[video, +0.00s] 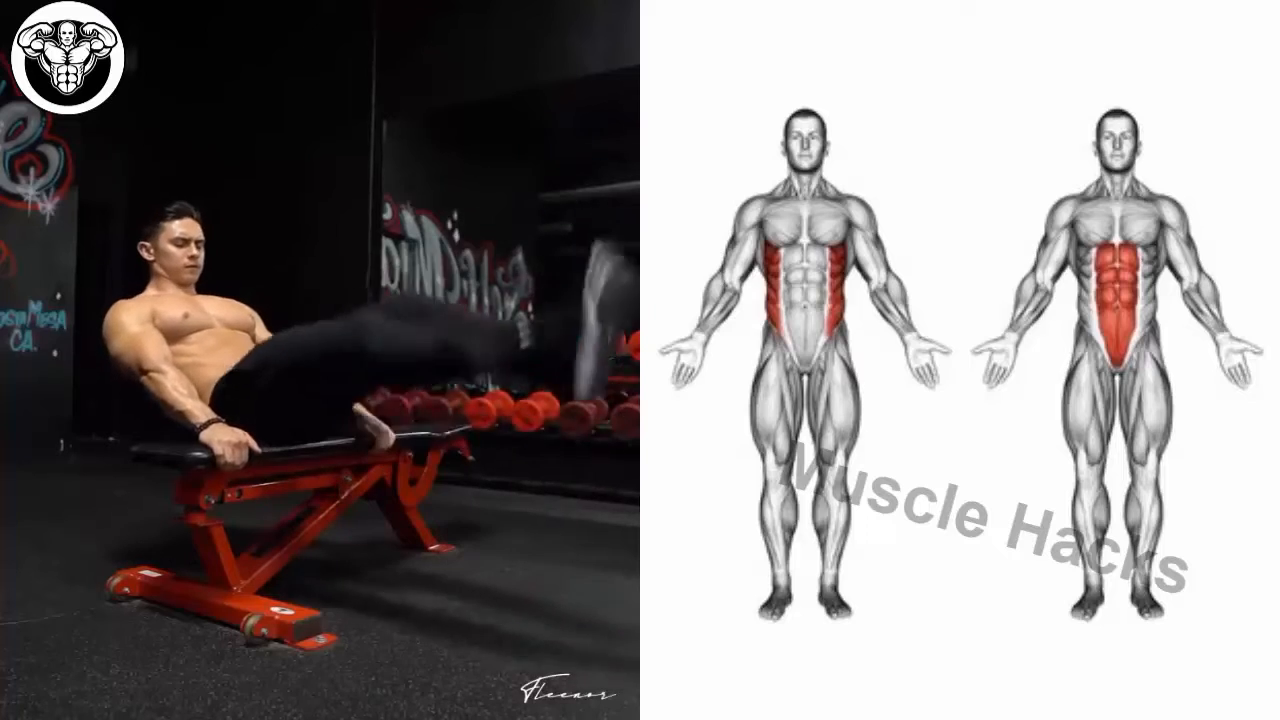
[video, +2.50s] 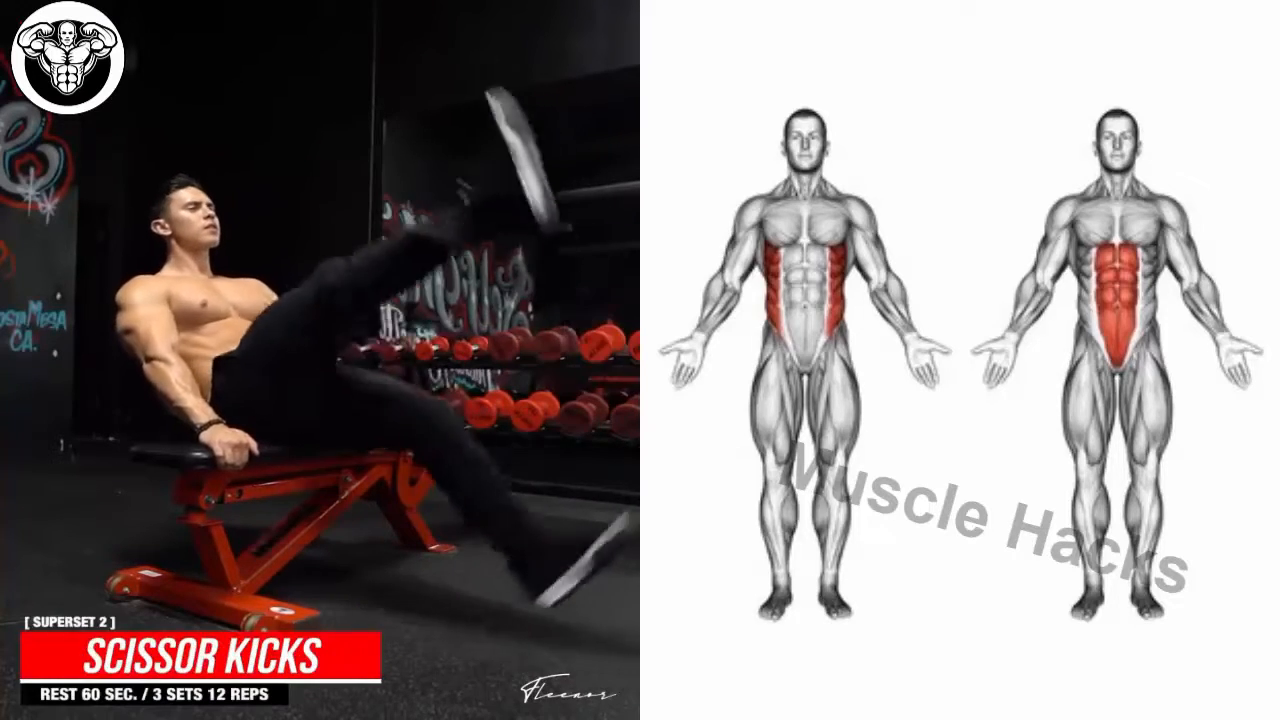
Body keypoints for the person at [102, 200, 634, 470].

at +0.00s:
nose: (193, 253)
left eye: (198, 244)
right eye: (180, 243)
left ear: (202, 251)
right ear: (149, 251)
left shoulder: (238, 308)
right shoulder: (129, 313)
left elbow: (286, 370)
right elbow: (156, 373)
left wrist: (357, 416)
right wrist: (208, 425)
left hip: (291, 400)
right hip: (237, 413)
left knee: (388, 312)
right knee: (349, 342)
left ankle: (546, 357)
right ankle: (510, 350)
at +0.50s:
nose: (201, 253)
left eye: (206, 243)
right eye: (188, 243)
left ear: (209, 247)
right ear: (156, 248)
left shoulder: (237, 306)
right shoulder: (131, 310)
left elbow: (300, 363)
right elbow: (159, 371)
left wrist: (357, 419)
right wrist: (208, 424)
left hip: (296, 401)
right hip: (240, 393)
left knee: (419, 353)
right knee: (325, 274)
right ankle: (503, 222)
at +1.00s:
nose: (214, 244)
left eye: (219, 235)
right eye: (202, 233)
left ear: (222, 242)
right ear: (168, 236)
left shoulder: (245, 299)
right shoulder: (140, 301)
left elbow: (303, 357)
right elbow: (164, 364)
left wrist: (364, 410)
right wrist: (208, 424)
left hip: (296, 383)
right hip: (242, 397)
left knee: (378, 294)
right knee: (368, 366)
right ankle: (535, 458)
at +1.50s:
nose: (215, 239)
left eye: (221, 230)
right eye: (202, 229)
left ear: (225, 235)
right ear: (168, 232)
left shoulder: (251, 293)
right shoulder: (143, 298)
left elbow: (302, 350)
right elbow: (163, 366)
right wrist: (210, 426)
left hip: (302, 396)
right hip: (242, 393)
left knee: (425, 398)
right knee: (336, 299)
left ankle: (539, 532)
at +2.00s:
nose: (221, 228)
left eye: (226, 219)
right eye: (209, 217)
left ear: (229, 228)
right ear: (173, 224)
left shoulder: (251, 291)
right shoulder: (146, 290)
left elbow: (309, 352)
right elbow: (163, 361)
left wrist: (368, 375)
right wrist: (209, 426)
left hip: (294, 378)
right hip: (240, 393)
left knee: (376, 299)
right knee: (371, 400)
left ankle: (535, 241)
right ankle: (510, 534)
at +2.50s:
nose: (208, 213)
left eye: (209, 206)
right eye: (192, 207)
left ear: (213, 225)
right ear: (162, 227)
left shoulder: (253, 289)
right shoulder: (144, 290)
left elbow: (306, 340)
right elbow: (160, 362)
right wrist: (208, 424)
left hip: (311, 397)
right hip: (245, 395)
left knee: (435, 422)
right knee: (329, 290)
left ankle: (540, 567)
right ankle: (500, 215)